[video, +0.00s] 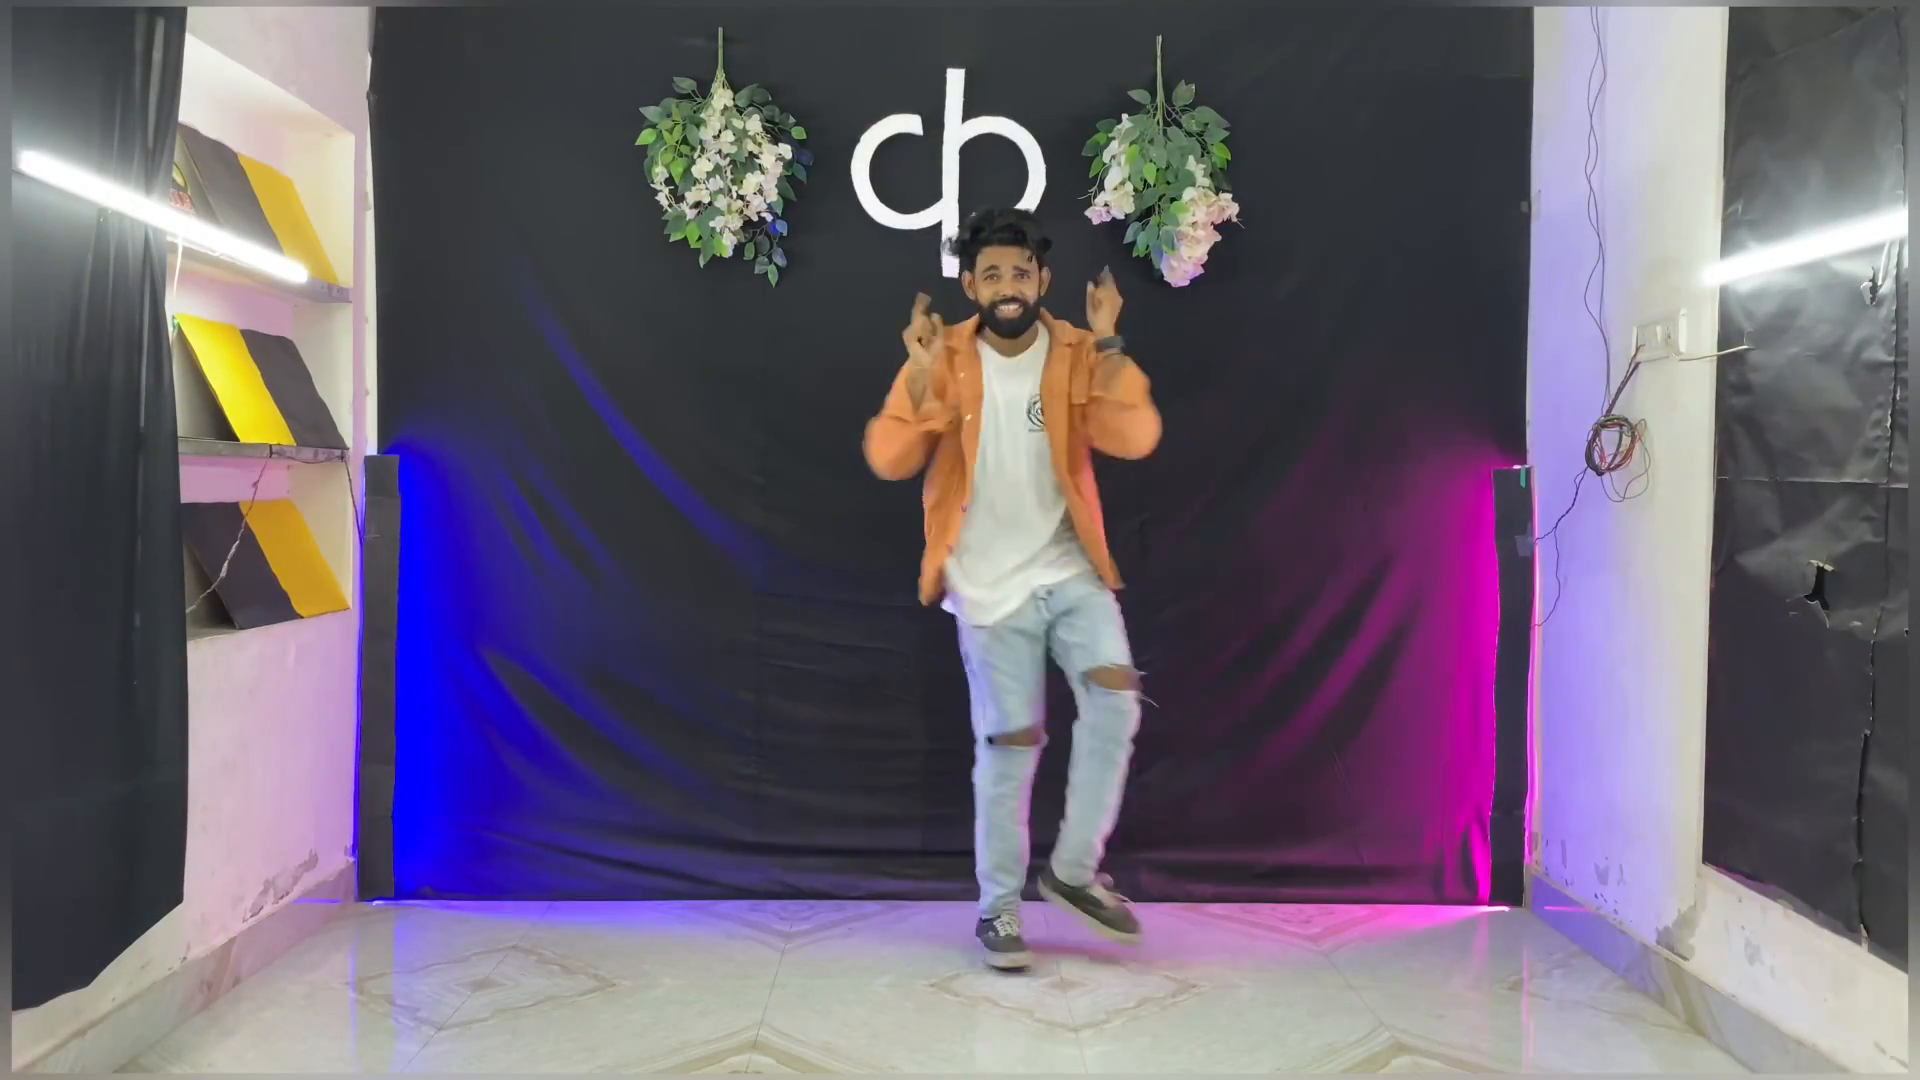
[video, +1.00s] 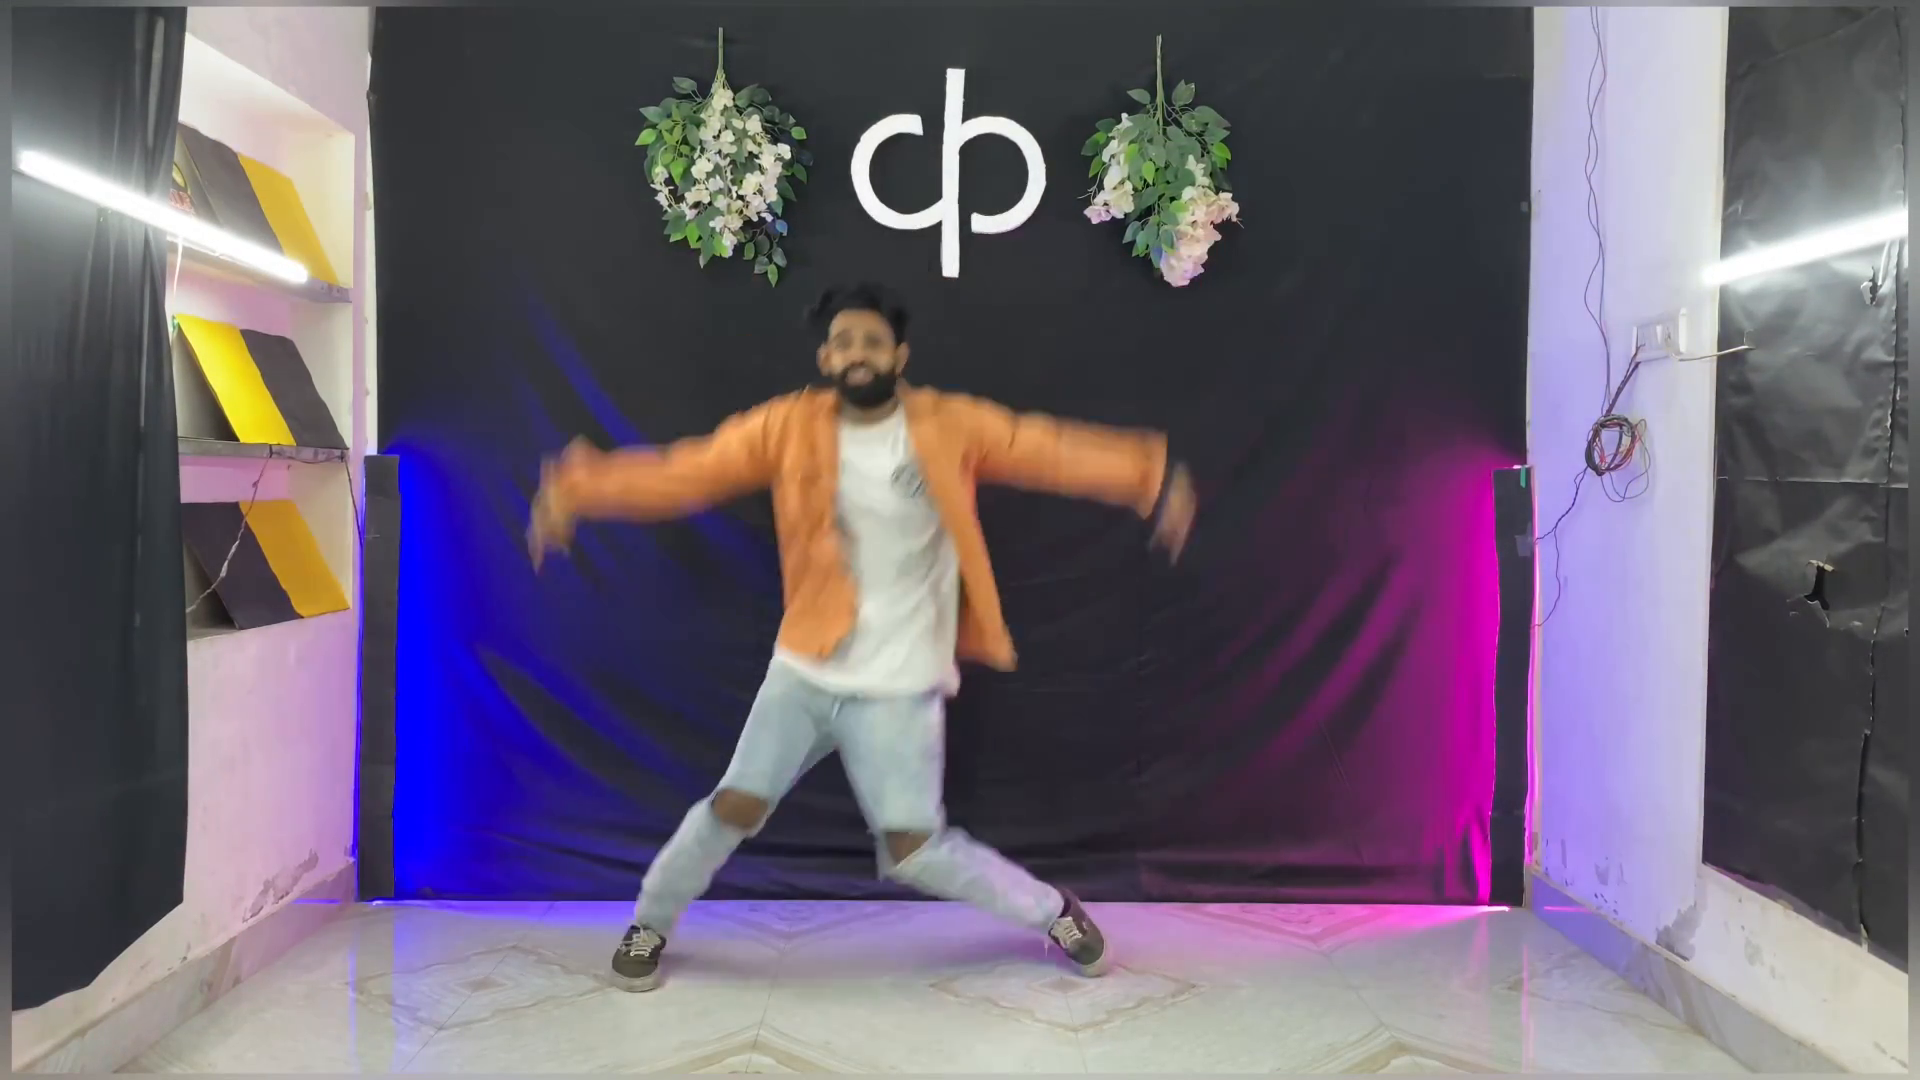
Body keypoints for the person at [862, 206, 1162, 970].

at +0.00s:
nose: (1007, 286)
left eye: (1020, 271)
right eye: (991, 273)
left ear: (1042, 276)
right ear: (970, 283)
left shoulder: (1075, 353)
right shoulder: (943, 360)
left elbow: (1133, 438)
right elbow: (888, 461)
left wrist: (1107, 346)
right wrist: (919, 375)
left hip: (1072, 565)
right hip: (989, 579)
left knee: (1115, 698)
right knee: (1010, 740)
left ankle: (1073, 869)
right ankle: (1000, 906)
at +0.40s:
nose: (1019, 285)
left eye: (1035, 270)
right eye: (1005, 271)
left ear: (1062, 276)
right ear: (987, 279)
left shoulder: (1100, 355)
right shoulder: (967, 351)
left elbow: (1101, 448)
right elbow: (941, 463)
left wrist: (1054, 392)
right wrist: (943, 425)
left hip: (1036, 590)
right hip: (947, 578)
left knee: (1042, 750)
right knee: (899, 725)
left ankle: (1073, 911)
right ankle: (960, 892)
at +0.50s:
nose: (998, 258)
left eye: (1013, 245)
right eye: (985, 244)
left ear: (1041, 255)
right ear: (966, 254)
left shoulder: (1081, 334)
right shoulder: (941, 328)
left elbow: (1135, 426)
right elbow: (899, 437)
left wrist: (1136, 350)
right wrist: (903, 358)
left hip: (1044, 567)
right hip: (953, 556)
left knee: (1058, 733)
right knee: (882, 692)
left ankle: (1075, 909)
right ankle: (928, 861)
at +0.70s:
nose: (957, 258)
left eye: (973, 245)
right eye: (942, 245)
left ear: (997, 256)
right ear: (921, 256)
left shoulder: (1033, 330)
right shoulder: (898, 330)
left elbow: (1103, 408)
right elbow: (856, 422)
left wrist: (1131, 343)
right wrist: (830, 351)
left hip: (1012, 582)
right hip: (915, 578)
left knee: (1044, 740)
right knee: (869, 729)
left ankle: (1072, 907)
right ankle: (931, 885)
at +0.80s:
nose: (923, 264)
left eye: (939, 251)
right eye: (910, 251)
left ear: (969, 264)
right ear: (891, 266)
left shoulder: (1014, 335)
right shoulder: (872, 332)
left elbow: (1109, 373)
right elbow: (796, 392)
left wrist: (1158, 297)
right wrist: (750, 309)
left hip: (986, 588)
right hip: (884, 577)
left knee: (1027, 741)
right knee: (799, 709)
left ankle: (1071, 905)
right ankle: (829, 882)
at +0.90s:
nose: (890, 298)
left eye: (907, 286)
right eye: (876, 287)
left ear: (935, 299)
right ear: (857, 300)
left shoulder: (988, 361)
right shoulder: (821, 362)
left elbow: (1096, 339)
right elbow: (706, 360)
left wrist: (1200, 309)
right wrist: (611, 324)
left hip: (947, 612)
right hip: (845, 601)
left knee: (979, 766)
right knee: (760, 746)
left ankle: (1066, 904)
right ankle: (676, 915)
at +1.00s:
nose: (855, 356)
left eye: (871, 343)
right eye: (841, 344)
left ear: (901, 352)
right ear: (823, 358)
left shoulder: (950, 426)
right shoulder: (791, 427)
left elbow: (1051, 449)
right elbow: (685, 472)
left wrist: (1149, 470)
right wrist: (580, 484)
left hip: (902, 679)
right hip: (804, 667)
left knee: (912, 856)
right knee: (734, 808)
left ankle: (1054, 914)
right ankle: (648, 926)